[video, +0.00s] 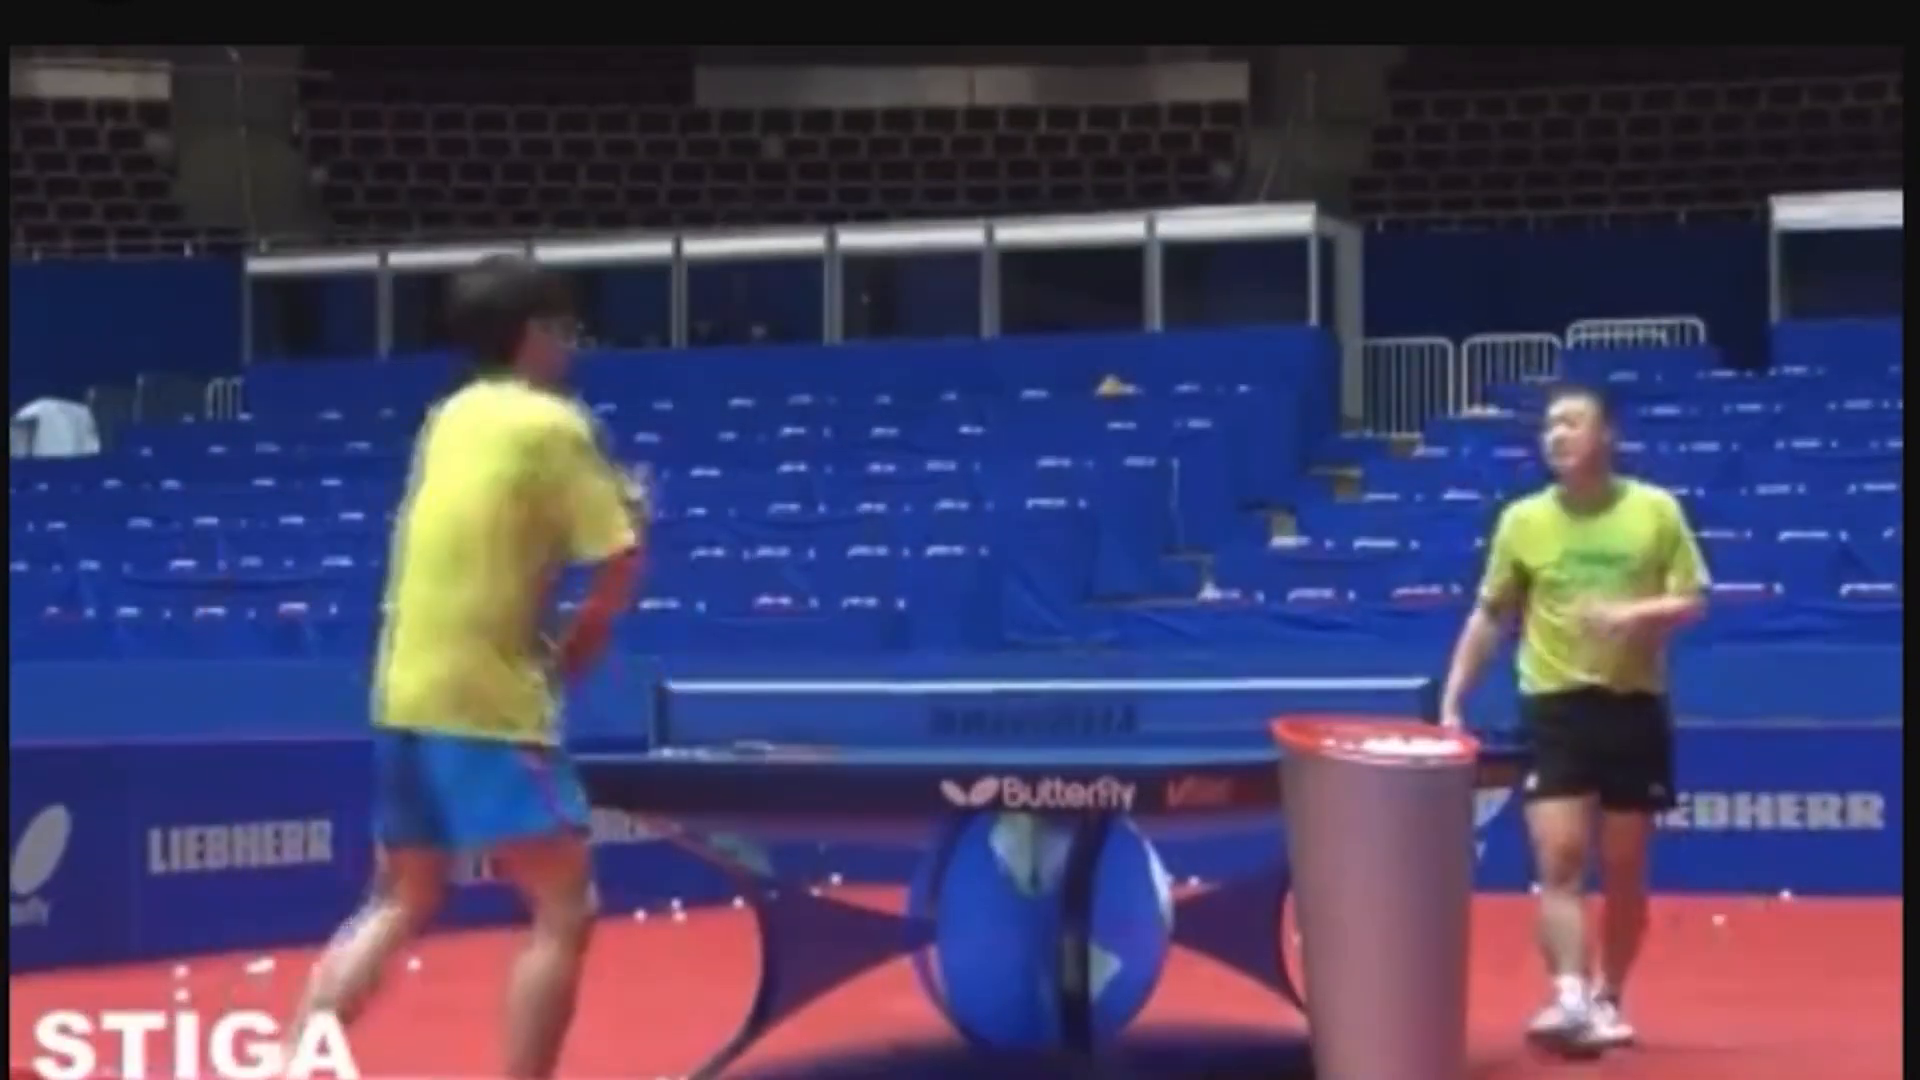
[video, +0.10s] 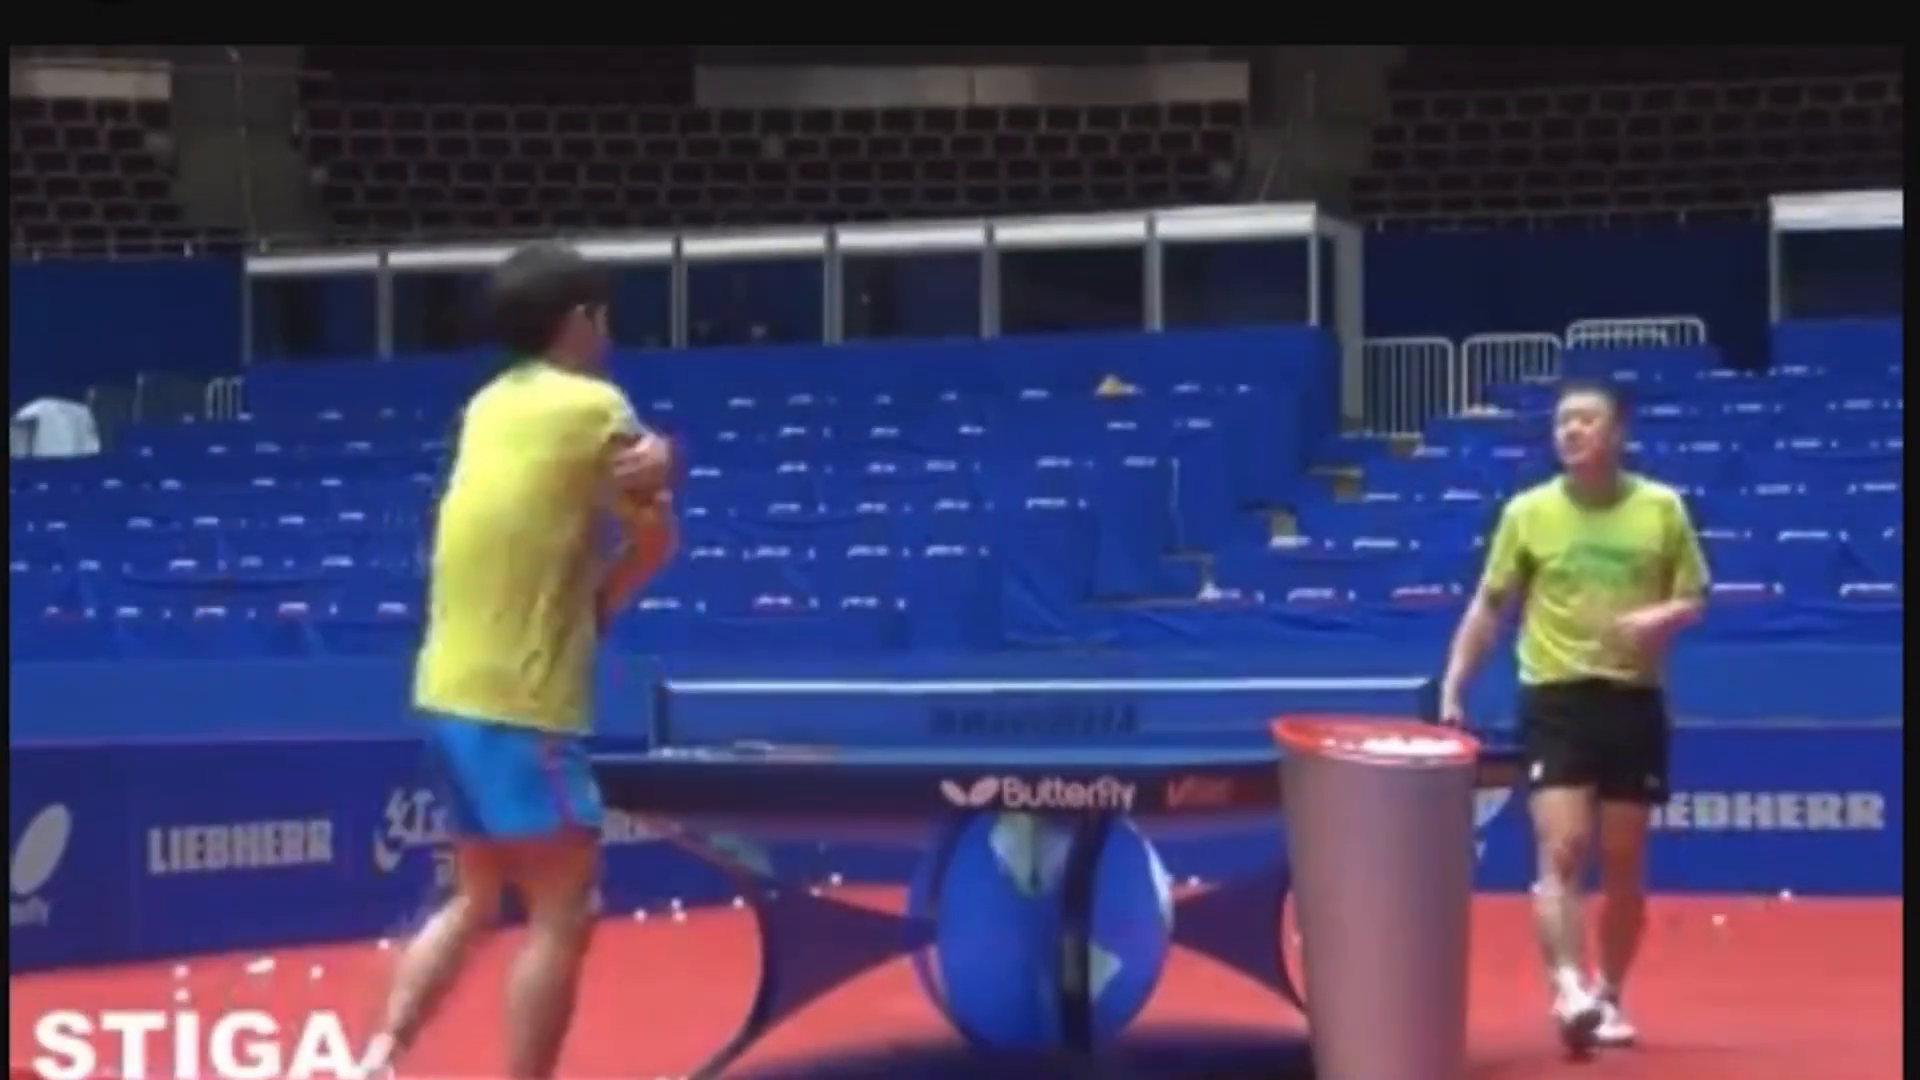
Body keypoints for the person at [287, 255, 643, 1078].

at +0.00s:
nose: (570, 344)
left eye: (567, 327)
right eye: (558, 328)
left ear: (490, 339)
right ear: (524, 336)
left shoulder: (450, 416)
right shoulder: (549, 426)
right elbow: (620, 555)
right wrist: (571, 654)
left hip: (402, 700)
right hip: (485, 705)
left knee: (403, 894)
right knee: (564, 910)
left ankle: (300, 1055)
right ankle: (525, 1067)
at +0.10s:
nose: (607, 331)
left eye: (602, 316)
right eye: (600, 316)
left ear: (529, 326)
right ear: (576, 322)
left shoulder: (490, 403)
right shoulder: (593, 410)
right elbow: (657, 539)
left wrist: (652, 470)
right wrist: (590, 605)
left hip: (447, 693)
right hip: (521, 707)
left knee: (474, 896)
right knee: (564, 912)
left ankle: (379, 1058)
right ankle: (527, 1069)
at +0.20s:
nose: (638, 328)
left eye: (636, 315)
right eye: (634, 315)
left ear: (553, 323)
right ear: (615, 318)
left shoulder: (528, 395)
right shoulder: (616, 400)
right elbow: (672, 531)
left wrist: (665, 489)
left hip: (484, 685)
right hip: (540, 700)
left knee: (548, 891)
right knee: (564, 909)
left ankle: (472, 1054)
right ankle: (521, 1067)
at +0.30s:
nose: (678, 328)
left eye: (677, 315)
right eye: (675, 315)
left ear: (593, 321)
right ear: (656, 322)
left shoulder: (570, 394)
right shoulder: (648, 398)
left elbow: (694, 547)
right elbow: (710, 477)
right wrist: (719, 452)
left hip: (544, 692)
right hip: (568, 703)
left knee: (626, 911)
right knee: (575, 920)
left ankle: (606, 1065)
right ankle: (526, 1067)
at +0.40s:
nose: (713, 335)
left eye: (710, 322)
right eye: (708, 322)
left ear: (627, 332)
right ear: (690, 329)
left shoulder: (608, 404)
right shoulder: (673, 399)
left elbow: (739, 547)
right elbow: (761, 468)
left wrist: (670, 603)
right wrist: (749, 451)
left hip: (588, 698)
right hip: (601, 705)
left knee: (665, 908)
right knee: (591, 920)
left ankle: (689, 1065)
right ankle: (534, 1068)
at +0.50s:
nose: (753, 338)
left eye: (749, 325)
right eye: (750, 325)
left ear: (671, 331)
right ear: (730, 328)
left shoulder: (650, 403)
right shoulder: (711, 401)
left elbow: (757, 546)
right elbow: (808, 479)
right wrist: (796, 458)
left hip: (644, 703)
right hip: (649, 709)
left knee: (713, 910)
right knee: (644, 918)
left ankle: (722, 1064)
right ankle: (547, 1068)